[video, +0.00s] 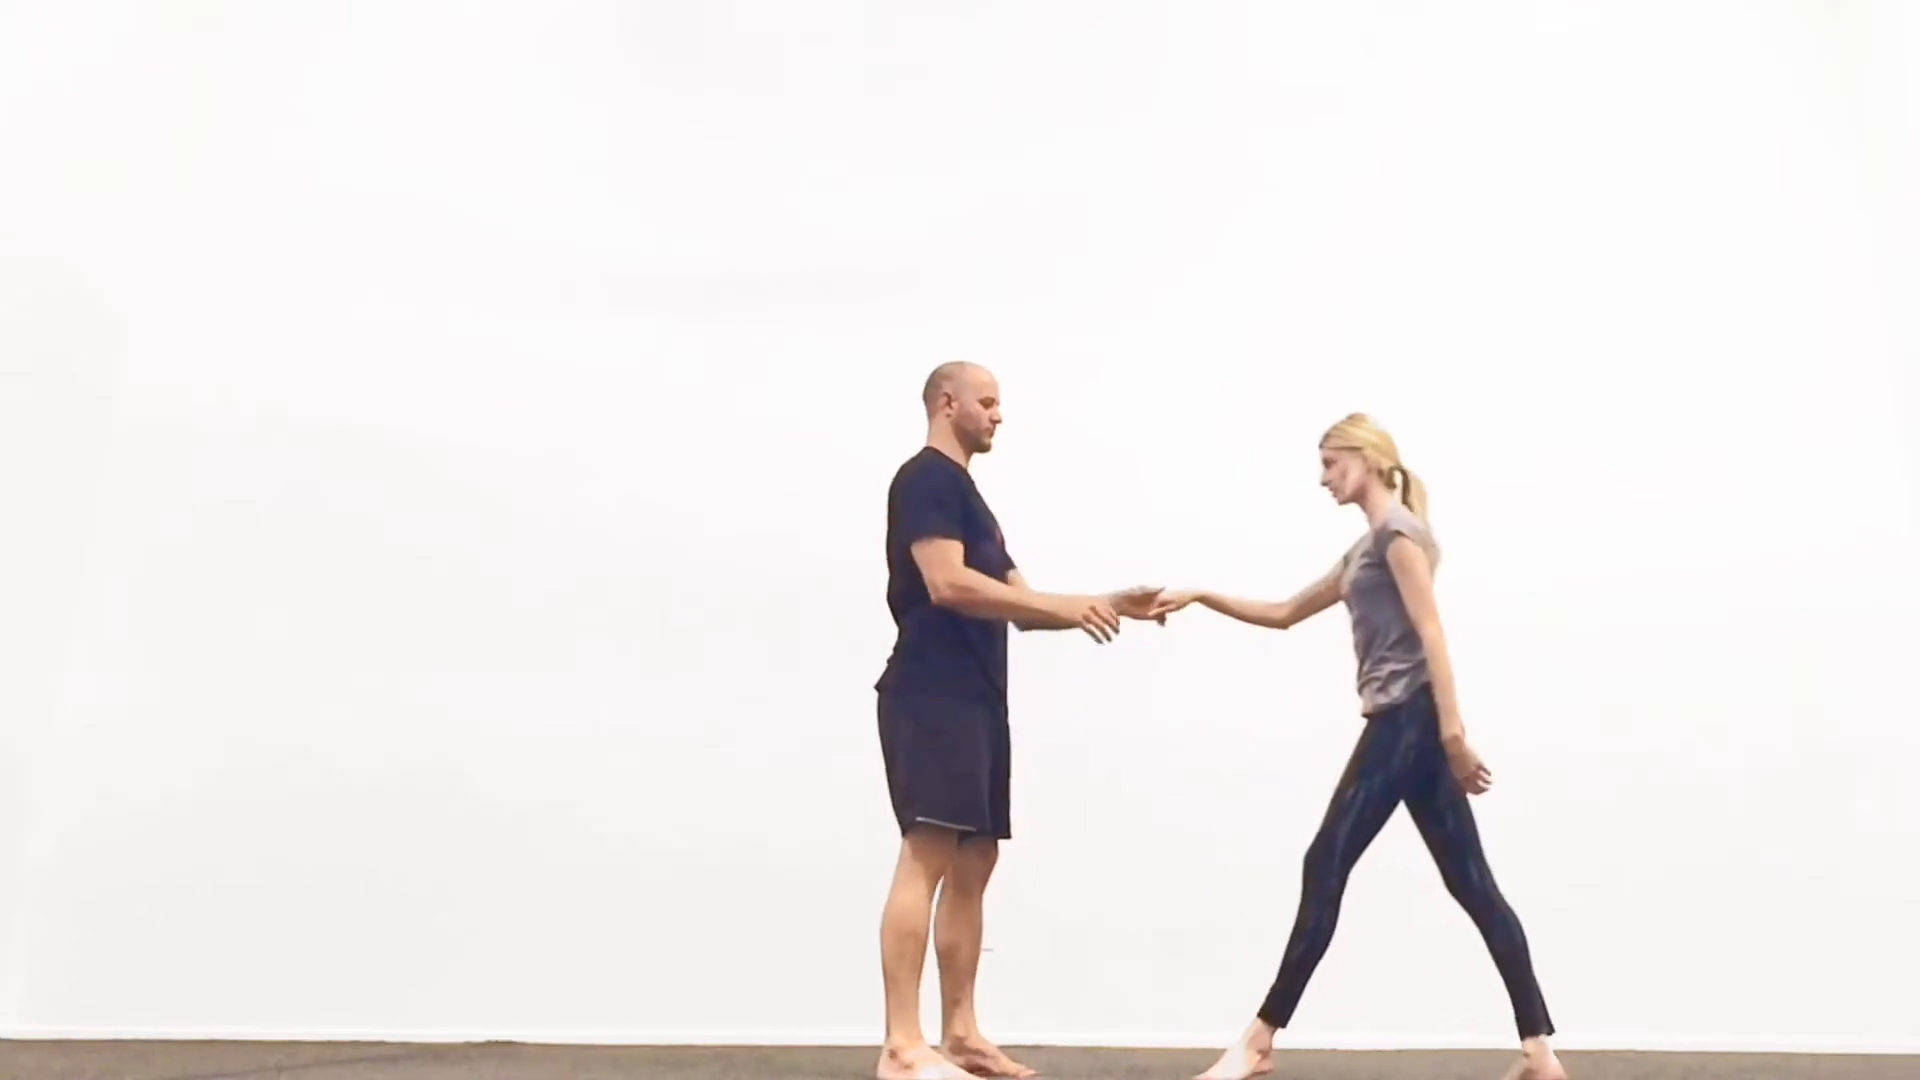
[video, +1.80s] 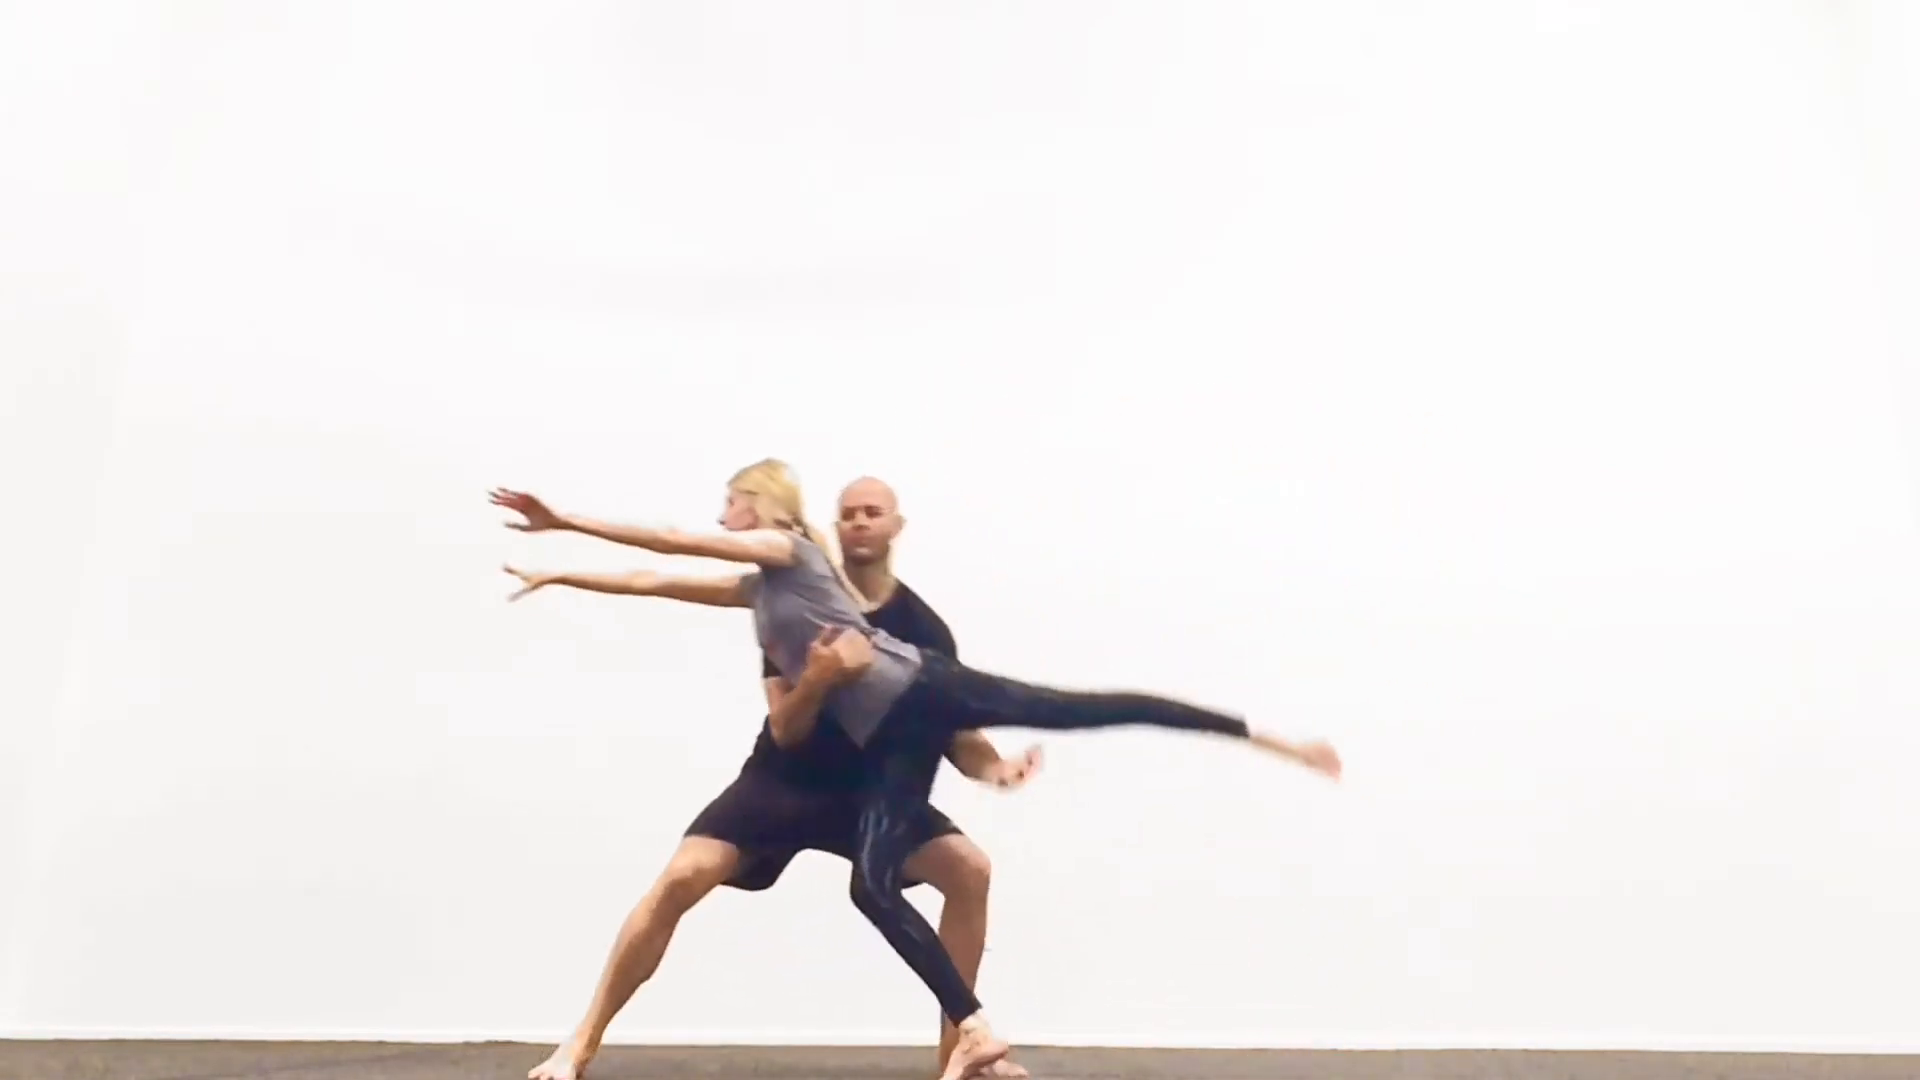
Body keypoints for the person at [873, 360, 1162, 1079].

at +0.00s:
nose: (998, 416)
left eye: (998, 404)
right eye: (987, 403)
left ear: (956, 404)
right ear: (945, 404)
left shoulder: (963, 492)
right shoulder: (924, 477)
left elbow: (1020, 604)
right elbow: (947, 585)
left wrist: (1112, 605)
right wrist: (1057, 612)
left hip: (975, 701)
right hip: (932, 698)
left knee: (973, 862)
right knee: (926, 857)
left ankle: (962, 1035)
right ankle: (901, 1046)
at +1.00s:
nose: (1060, 451)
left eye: (1063, 440)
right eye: (1049, 438)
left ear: (1053, 447)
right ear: (1008, 439)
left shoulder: (1044, 537)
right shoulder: (955, 510)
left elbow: (1052, 644)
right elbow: (947, 621)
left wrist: (1035, 604)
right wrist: (1041, 638)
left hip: (976, 708)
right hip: (911, 699)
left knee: (999, 866)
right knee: (898, 843)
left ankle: (965, 1039)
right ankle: (836, 1022)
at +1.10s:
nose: (1068, 469)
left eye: (1072, 460)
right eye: (1056, 457)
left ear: (1064, 469)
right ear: (1016, 459)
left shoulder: (1051, 559)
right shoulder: (962, 527)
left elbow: (1042, 675)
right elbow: (960, 635)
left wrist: (1016, 640)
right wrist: (1052, 636)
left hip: (970, 717)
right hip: (903, 705)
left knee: (1011, 868)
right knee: (880, 838)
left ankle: (965, 1041)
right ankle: (787, 1009)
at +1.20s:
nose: (1074, 492)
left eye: (1079, 481)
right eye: (1061, 478)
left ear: (1075, 492)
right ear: (1019, 480)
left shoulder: (1055, 583)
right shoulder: (967, 543)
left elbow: (1041, 677)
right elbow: (962, 648)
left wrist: (1044, 725)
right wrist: (1048, 640)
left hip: (963, 732)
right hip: (897, 714)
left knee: (1017, 873)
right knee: (851, 844)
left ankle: (968, 1039)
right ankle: (740, 998)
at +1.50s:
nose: (1032, 549)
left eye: (1042, 539)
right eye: (1020, 535)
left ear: (1049, 550)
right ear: (984, 532)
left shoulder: (1034, 646)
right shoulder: (927, 599)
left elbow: (1021, 746)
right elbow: (894, 717)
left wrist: (1057, 837)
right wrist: (953, 690)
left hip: (931, 774)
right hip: (854, 759)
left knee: (1024, 878)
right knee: (766, 857)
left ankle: (962, 1045)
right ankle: (631, 1003)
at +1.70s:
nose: (927, 543)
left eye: (940, 532)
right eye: (915, 531)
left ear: (958, 545)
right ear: (892, 539)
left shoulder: (970, 652)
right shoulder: (839, 611)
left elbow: (987, 756)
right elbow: (821, 740)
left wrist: (1022, 825)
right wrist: (862, 700)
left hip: (894, 797)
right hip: (808, 785)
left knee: (994, 869)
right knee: (716, 879)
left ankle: (960, 1046)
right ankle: (590, 1037)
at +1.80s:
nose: (859, 524)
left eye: (872, 513)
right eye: (848, 515)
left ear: (898, 526)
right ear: (830, 527)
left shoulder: (925, 630)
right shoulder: (790, 602)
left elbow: (955, 733)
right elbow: (784, 730)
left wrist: (994, 767)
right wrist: (819, 677)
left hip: (861, 788)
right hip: (776, 785)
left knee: (970, 870)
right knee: (684, 877)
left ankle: (956, 1047)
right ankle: (580, 1046)